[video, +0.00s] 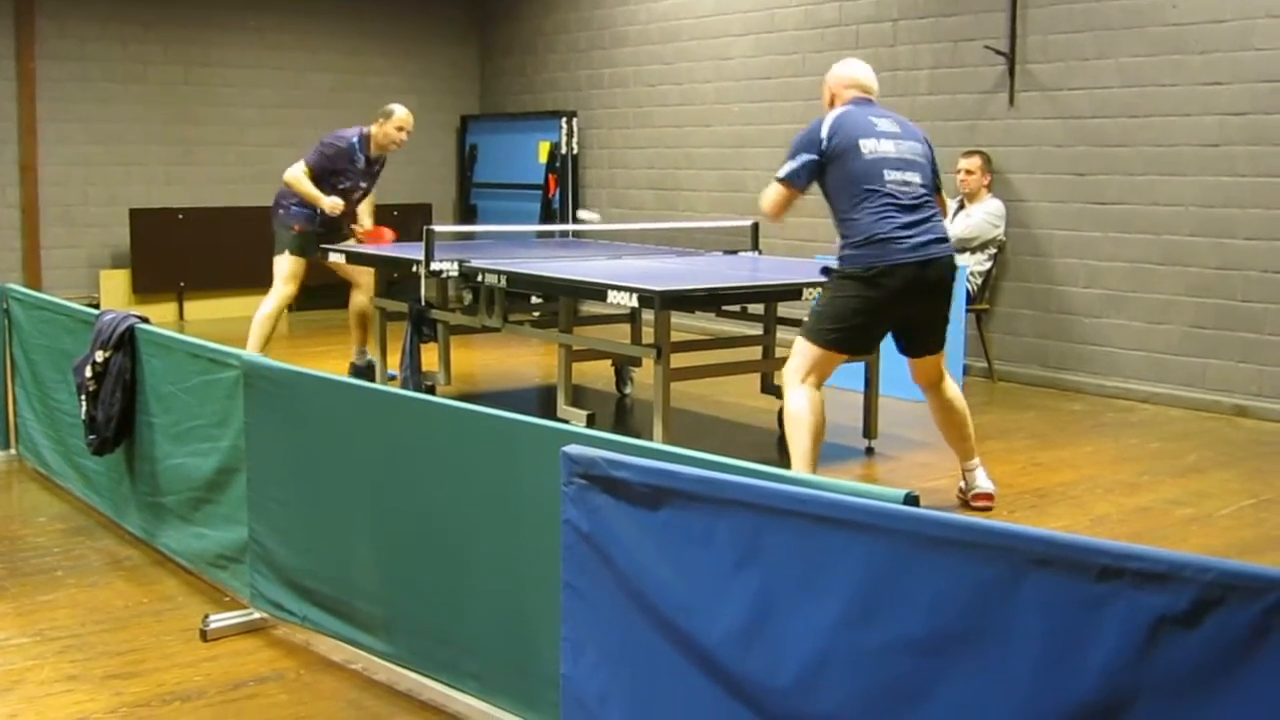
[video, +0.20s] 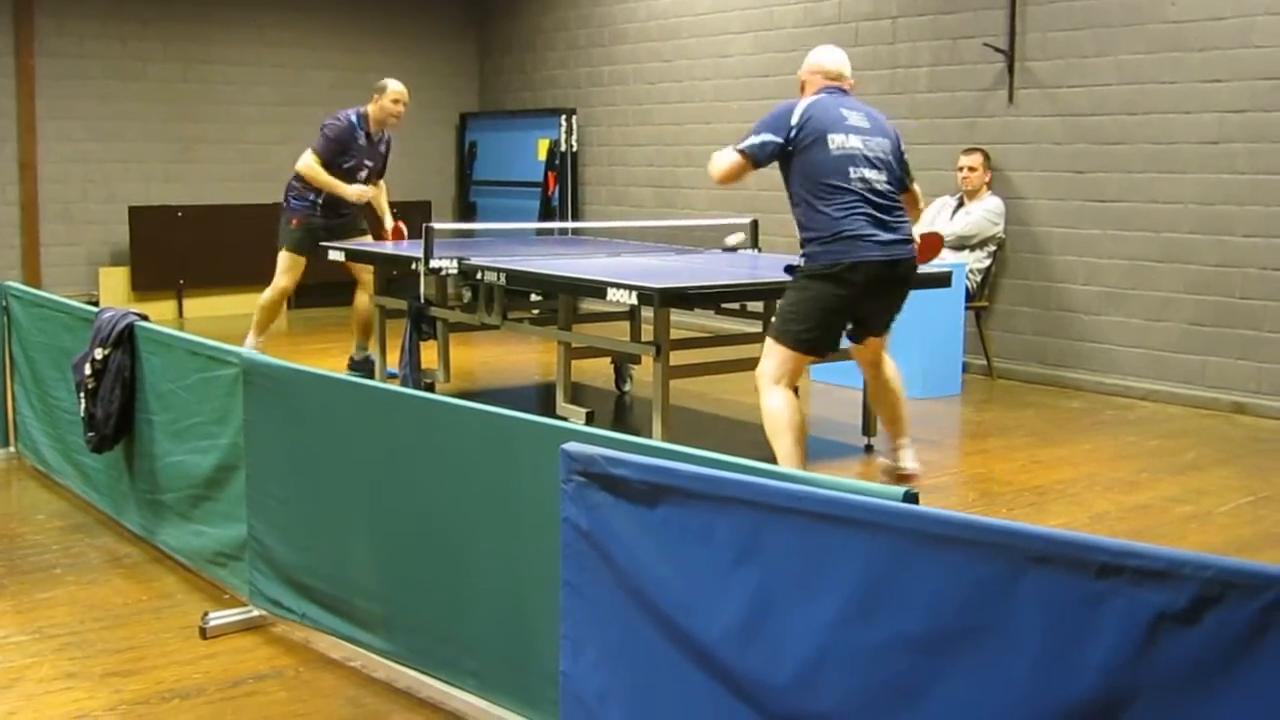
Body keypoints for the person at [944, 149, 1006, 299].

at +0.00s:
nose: (962, 178)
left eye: (969, 173)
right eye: (959, 172)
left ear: (986, 179)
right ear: (955, 175)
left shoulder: (994, 209)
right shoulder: (951, 206)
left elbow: (959, 238)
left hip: (963, 283)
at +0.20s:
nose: (964, 175)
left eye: (972, 170)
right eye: (961, 170)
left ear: (987, 176)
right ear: (956, 174)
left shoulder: (994, 205)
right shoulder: (942, 202)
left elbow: (965, 234)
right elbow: (917, 231)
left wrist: (927, 237)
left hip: (959, 280)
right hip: (923, 274)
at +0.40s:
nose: (964, 172)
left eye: (971, 167)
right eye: (960, 167)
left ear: (987, 173)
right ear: (956, 171)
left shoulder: (993, 204)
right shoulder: (944, 199)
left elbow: (961, 232)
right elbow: (911, 227)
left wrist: (925, 233)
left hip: (957, 279)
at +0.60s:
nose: (963, 170)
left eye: (970, 165)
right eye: (959, 165)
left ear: (986, 171)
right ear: (955, 169)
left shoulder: (992, 201)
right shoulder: (943, 197)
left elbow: (960, 230)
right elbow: (911, 225)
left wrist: (924, 230)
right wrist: (945, 238)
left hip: (957, 277)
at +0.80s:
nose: (957, 170)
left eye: (965, 165)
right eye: (955, 164)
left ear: (983, 170)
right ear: (952, 166)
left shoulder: (991, 200)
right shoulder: (942, 196)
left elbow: (958, 229)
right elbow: (909, 224)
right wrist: (943, 236)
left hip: (955, 276)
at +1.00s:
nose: (955, 169)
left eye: (962, 164)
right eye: (953, 163)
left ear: (980, 169)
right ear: (950, 164)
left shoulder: (990, 199)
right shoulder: (941, 194)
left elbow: (956, 228)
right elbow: (907, 223)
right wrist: (941, 234)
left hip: (954, 274)